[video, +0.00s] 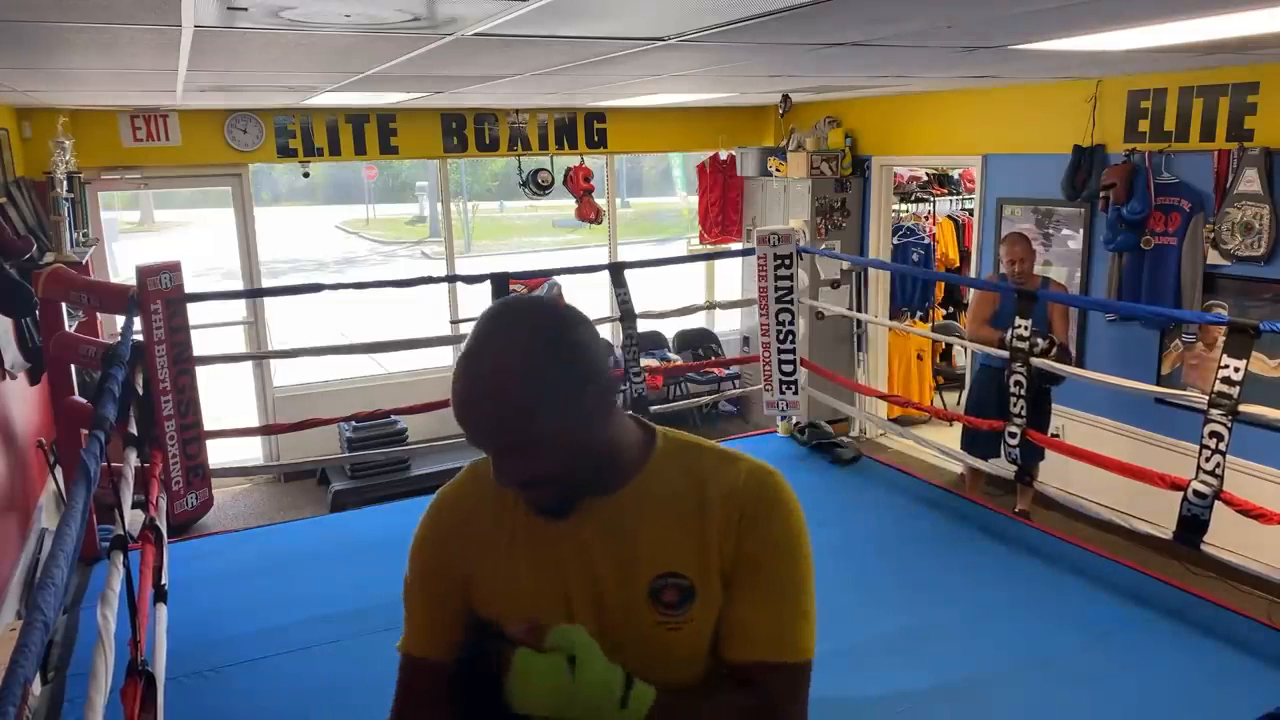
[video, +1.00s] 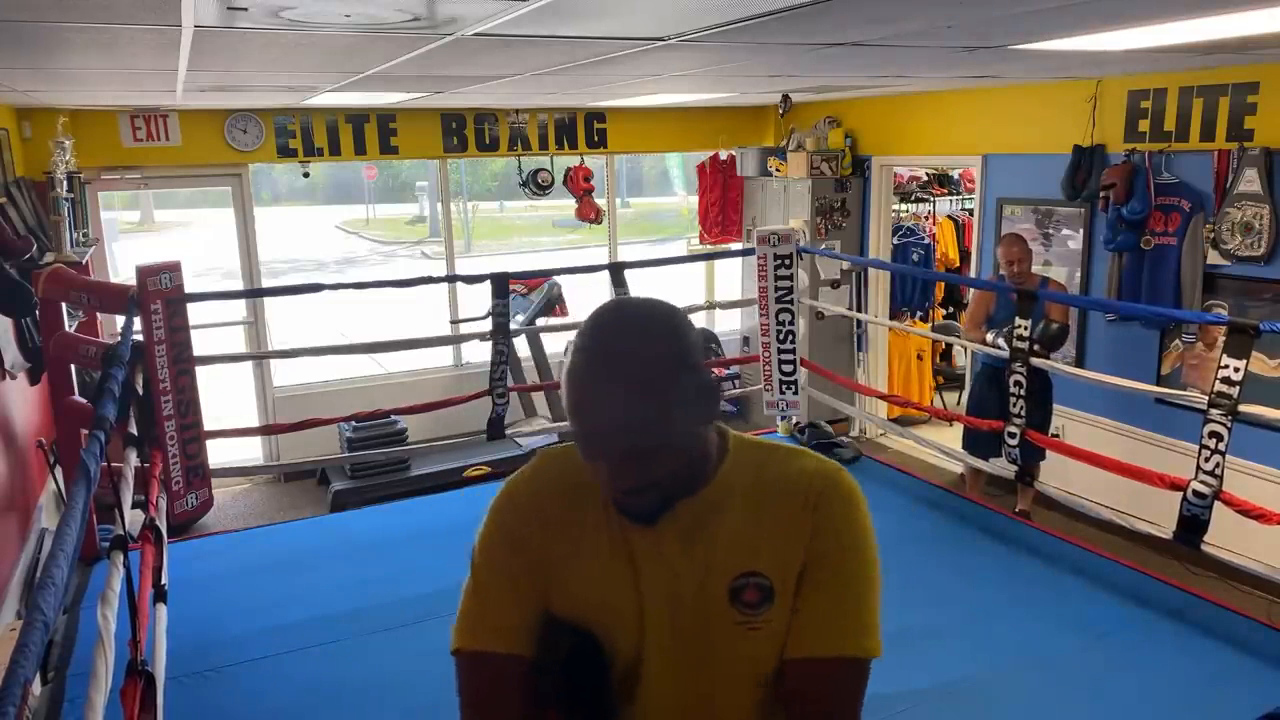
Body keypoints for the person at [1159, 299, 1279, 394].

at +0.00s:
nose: (1220, 327)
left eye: (1223, 323)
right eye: (1215, 322)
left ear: (1226, 327)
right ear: (1201, 325)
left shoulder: (1231, 350)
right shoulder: (1189, 348)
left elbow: (1270, 368)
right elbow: (1163, 370)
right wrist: (1178, 348)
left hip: (1218, 405)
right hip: (1189, 401)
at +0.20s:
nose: (1220, 327)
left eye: (1223, 323)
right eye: (1215, 322)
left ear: (1226, 327)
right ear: (1201, 325)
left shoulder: (1231, 350)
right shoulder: (1189, 349)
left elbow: (1270, 368)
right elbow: (1163, 369)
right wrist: (1178, 347)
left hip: (1218, 405)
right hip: (1188, 401)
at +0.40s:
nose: (1220, 327)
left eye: (1224, 322)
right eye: (1215, 321)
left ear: (1226, 327)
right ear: (1201, 325)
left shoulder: (1231, 350)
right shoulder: (1189, 349)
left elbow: (1270, 368)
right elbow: (1162, 369)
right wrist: (1178, 348)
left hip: (1217, 406)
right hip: (1188, 401)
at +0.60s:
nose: (1220, 327)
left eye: (1224, 322)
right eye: (1215, 321)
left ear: (1226, 327)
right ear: (1201, 325)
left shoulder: (1231, 350)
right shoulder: (1189, 349)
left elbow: (1270, 368)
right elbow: (1163, 369)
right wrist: (1178, 348)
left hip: (1218, 406)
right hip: (1188, 401)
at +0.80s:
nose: (1220, 327)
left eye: (1224, 322)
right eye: (1215, 321)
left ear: (1226, 327)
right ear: (1201, 325)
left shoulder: (1231, 350)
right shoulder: (1189, 349)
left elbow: (1270, 368)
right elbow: (1162, 369)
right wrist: (1178, 348)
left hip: (1218, 405)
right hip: (1189, 401)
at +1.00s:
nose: (1220, 327)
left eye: (1224, 322)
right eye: (1215, 322)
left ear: (1226, 327)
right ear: (1201, 325)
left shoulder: (1231, 350)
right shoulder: (1189, 349)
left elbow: (1270, 368)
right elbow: (1162, 369)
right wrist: (1178, 348)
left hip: (1219, 405)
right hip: (1189, 401)